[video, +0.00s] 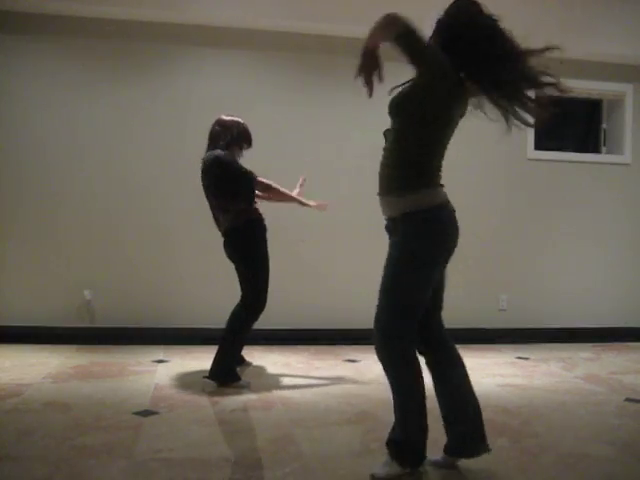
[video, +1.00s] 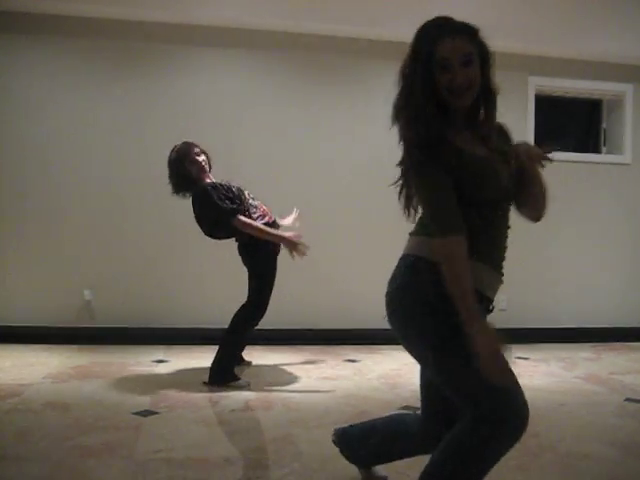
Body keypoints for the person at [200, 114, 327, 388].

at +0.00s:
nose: (243, 150)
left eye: (244, 145)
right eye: (241, 144)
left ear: (219, 137)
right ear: (231, 139)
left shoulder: (213, 162)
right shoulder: (223, 162)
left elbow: (254, 190)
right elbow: (262, 187)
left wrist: (289, 192)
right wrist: (303, 202)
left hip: (237, 236)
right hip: (247, 235)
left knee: (251, 298)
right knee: (254, 301)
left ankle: (231, 354)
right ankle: (222, 370)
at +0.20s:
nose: (235, 146)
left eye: (236, 141)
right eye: (231, 141)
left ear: (229, 140)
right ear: (216, 142)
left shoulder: (233, 158)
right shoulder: (210, 171)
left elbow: (262, 178)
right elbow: (245, 187)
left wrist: (292, 198)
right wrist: (286, 173)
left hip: (257, 234)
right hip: (246, 237)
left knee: (255, 299)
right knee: (254, 301)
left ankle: (230, 355)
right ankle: (224, 368)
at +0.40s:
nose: (229, 151)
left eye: (229, 146)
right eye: (226, 146)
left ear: (209, 146)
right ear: (214, 146)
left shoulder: (220, 167)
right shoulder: (211, 171)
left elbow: (262, 176)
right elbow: (247, 184)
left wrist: (300, 176)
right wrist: (261, 169)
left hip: (257, 235)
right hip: (251, 239)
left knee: (253, 299)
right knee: (252, 301)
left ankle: (231, 353)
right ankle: (222, 371)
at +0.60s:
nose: (225, 157)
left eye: (225, 153)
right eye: (222, 153)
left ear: (203, 154)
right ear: (213, 154)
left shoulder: (208, 176)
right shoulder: (217, 179)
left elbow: (249, 170)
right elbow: (250, 194)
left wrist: (284, 158)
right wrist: (267, 183)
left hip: (251, 238)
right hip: (257, 239)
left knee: (251, 303)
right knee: (251, 305)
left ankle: (231, 352)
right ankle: (220, 373)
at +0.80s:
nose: (219, 166)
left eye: (219, 161)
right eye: (217, 161)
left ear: (196, 163)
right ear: (208, 163)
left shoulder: (206, 185)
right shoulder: (210, 189)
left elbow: (245, 179)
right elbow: (246, 208)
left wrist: (281, 175)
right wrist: (283, 201)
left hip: (253, 240)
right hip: (259, 241)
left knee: (255, 302)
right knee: (261, 305)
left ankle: (230, 357)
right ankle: (225, 369)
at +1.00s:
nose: (200, 158)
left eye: (200, 153)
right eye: (192, 158)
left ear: (207, 157)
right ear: (184, 169)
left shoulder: (213, 189)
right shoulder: (207, 194)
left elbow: (249, 213)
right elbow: (242, 224)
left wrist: (278, 224)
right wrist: (283, 237)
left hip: (258, 243)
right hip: (256, 246)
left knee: (256, 304)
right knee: (255, 307)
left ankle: (231, 353)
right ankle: (220, 372)